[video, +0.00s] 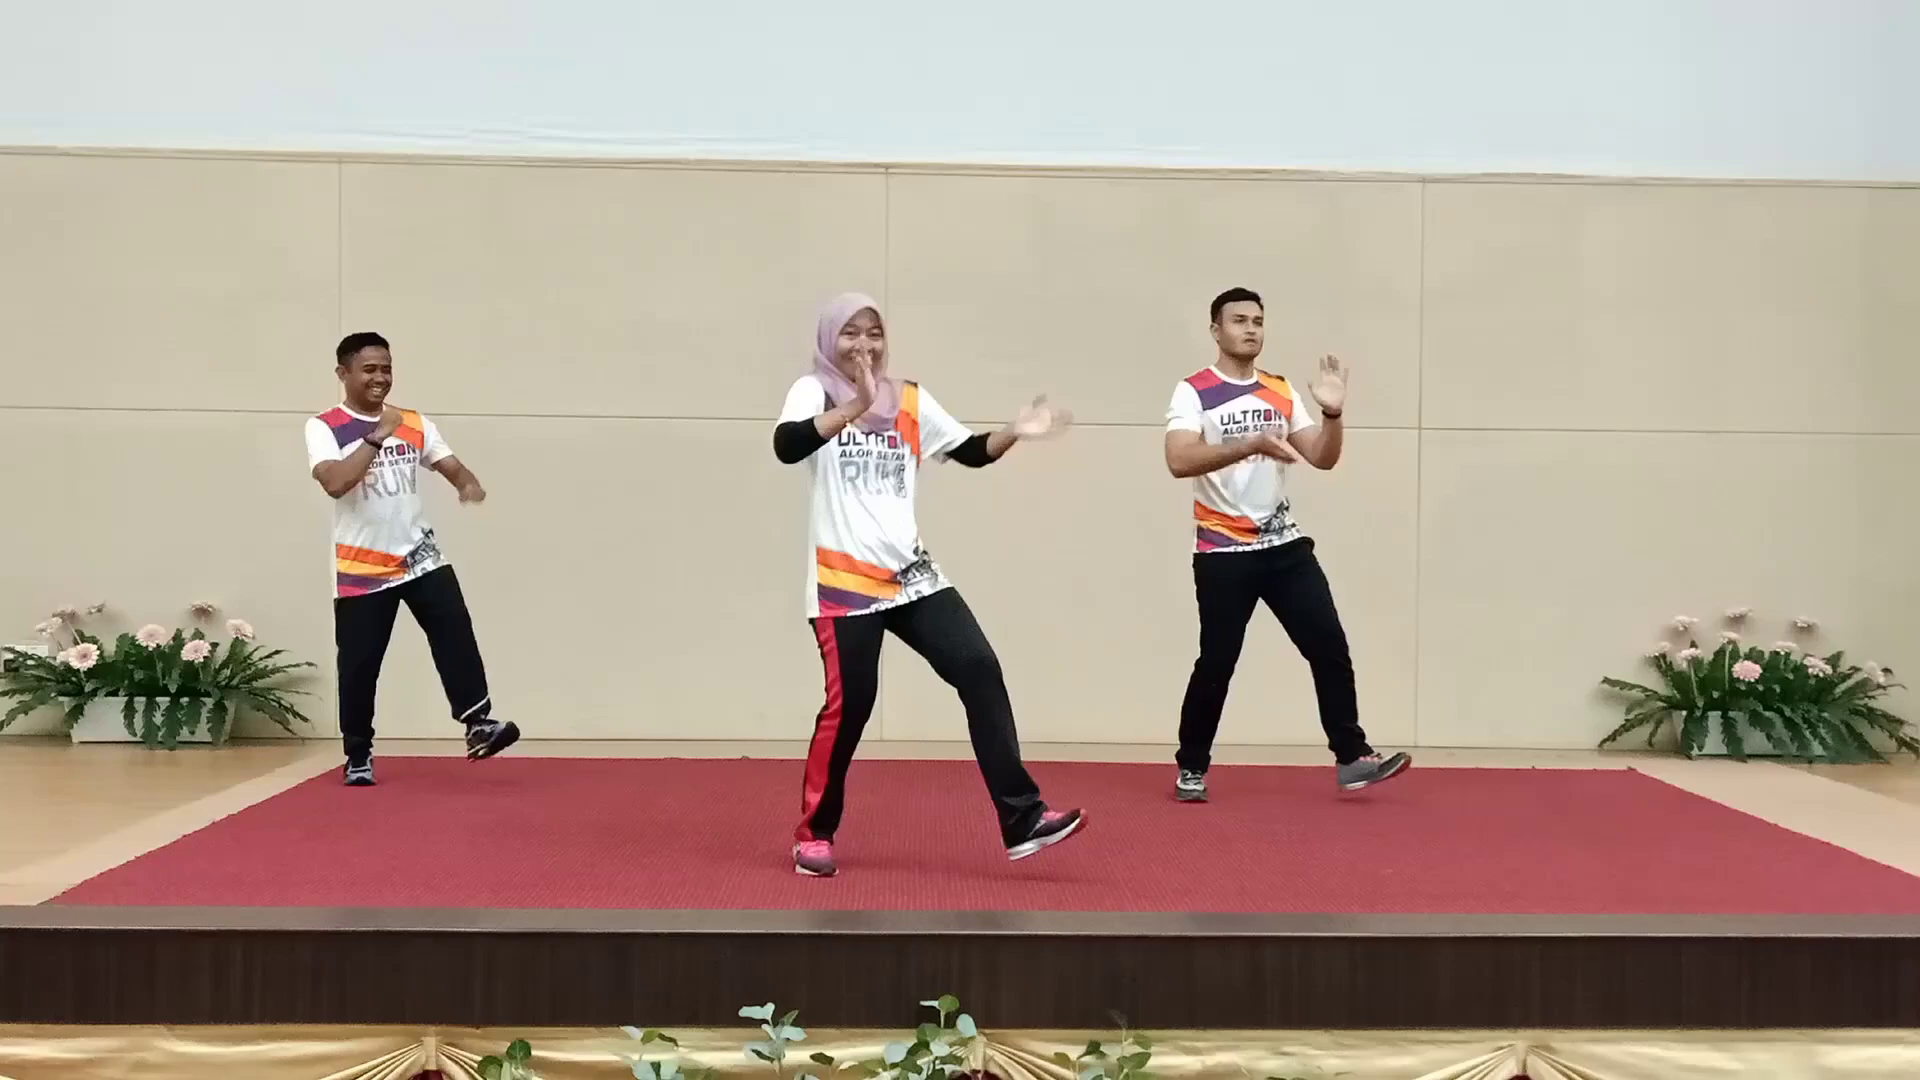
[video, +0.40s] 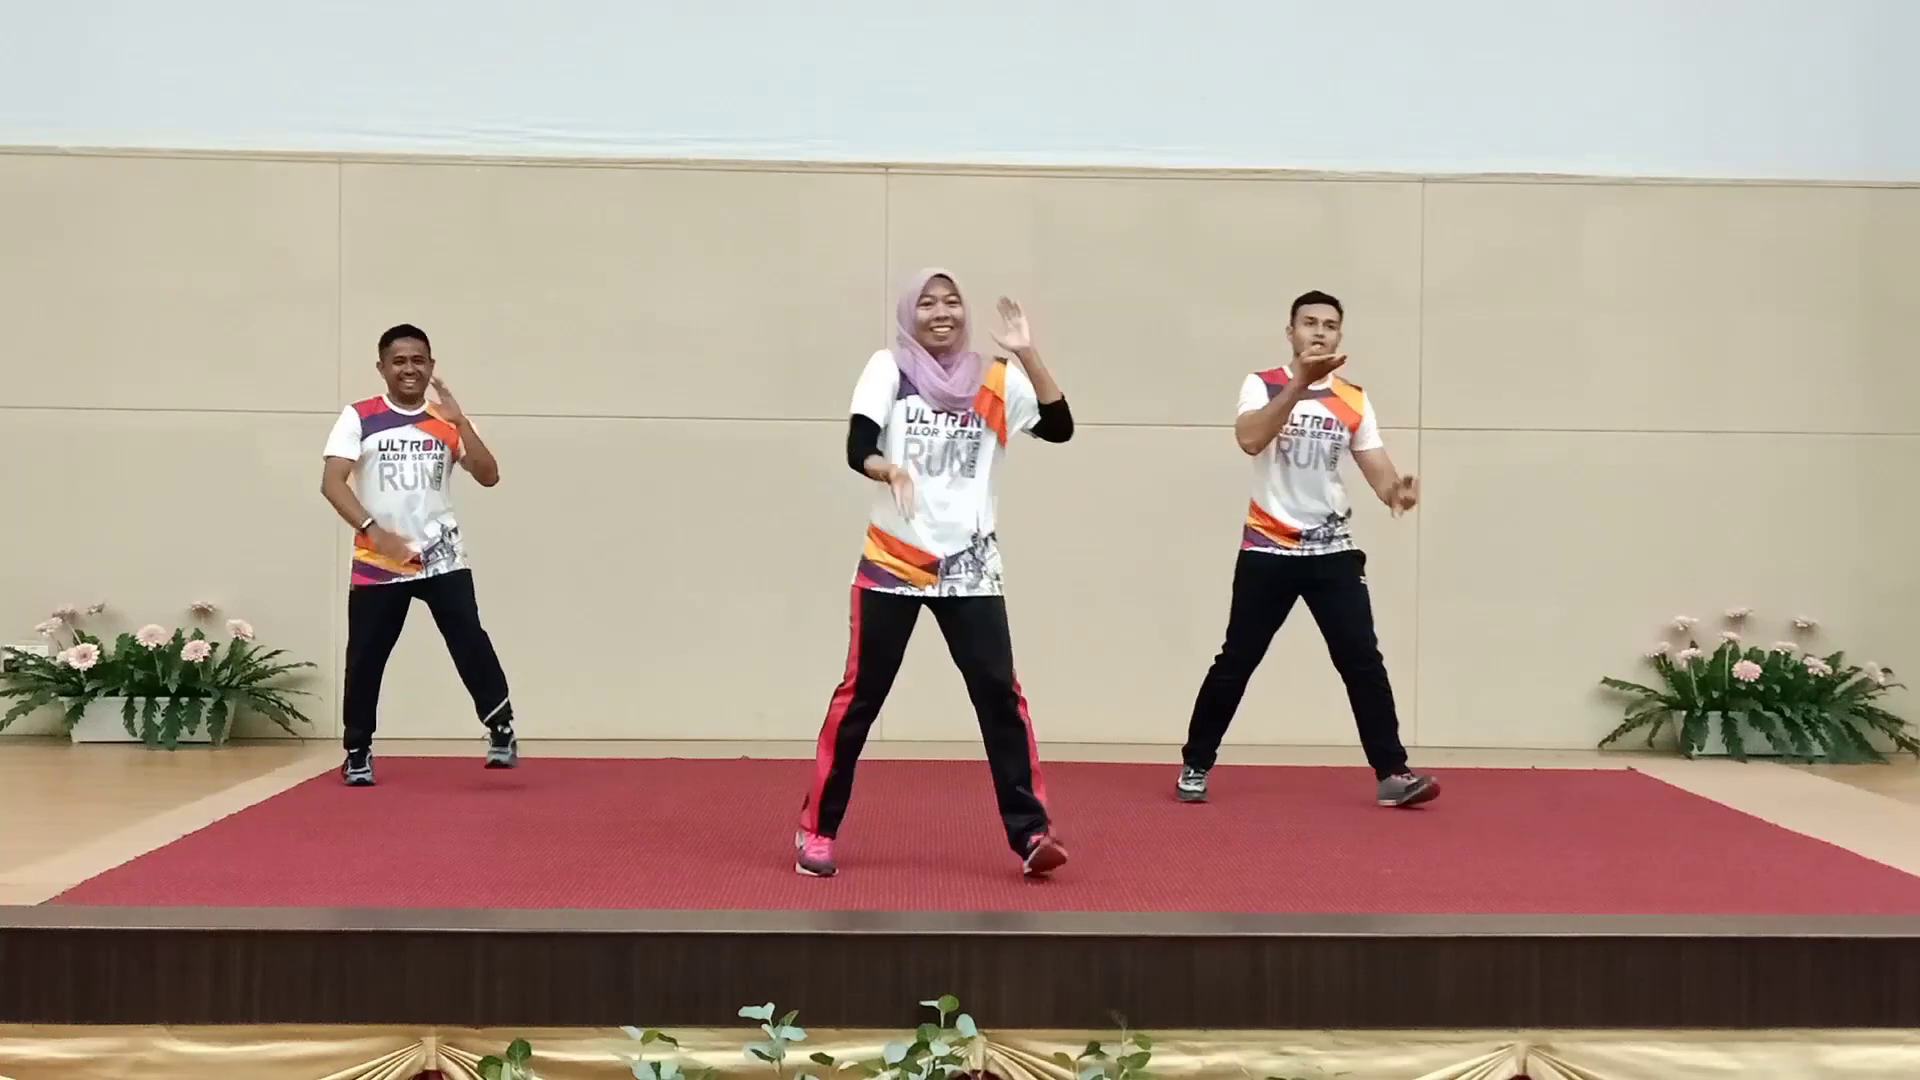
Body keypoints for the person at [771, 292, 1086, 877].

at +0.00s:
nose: (865, 343)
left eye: (873, 333)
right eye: (852, 333)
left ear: (886, 341)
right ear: (829, 342)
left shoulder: (910, 399)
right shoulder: (814, 391)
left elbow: (970, 452)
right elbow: (786, 448)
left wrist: (1014, 433)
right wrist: (855, 408)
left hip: (909, 572)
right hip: (842, 579)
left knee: (980, 671)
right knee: (849, 701)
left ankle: (1021, 820)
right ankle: (814, 835)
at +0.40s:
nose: (943, 310)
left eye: (952, 301)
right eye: (930, 302)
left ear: (966, 315)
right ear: (910, 316)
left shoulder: (995, 376)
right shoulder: (889, 368)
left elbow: (1058, 429)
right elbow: (860, 448)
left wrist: (1028, 356)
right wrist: (886, 469)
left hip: (970, 563)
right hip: (894, 561)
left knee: (1000, 695)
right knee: (861, 695)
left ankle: (1031, 836)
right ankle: (818, 833)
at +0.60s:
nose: (1006, 317)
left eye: (1017, 308)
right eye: (994, 310)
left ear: (1035, 324)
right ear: (979, 328)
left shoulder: (1061, 390)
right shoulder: (957, 385)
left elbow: (1111, 459)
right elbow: (919, 462)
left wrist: (1070, 390)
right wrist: (926, 493)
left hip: (1034, 572)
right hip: (959, 568)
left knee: (1039, 701)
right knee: (921, 693)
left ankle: (1038, 848)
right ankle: (857, 826)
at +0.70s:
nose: (1042, 319)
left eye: (1054, 310)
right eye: (1031, 310)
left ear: (1072, 326)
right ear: (1016, 325)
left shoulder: (1095, 392)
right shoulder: (991, 383)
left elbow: (1140, 467)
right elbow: (934, 458)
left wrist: (1101, 419)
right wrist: (939, 441)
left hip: (1068, 577)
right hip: (995, 572)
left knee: (1049, 699)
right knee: (961, 686)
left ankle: (1038, 844)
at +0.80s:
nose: (1058, 320)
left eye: (1071, 311)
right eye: (1048, 311)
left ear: (1089, 327)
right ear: (1032, 326)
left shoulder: (1111, 397)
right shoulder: (1007, 387)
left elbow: (1157, 473)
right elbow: (943, 448)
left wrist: (1132, 456)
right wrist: (964, 416)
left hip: (1081, 578)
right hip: (1013, 573)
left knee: (1057, 699)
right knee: (986, 688)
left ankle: (1038, 845)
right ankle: (1060, 796)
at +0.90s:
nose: (1092, 330)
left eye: (1105, 321)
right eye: (1083, 320)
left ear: (1123, 336)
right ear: (1068, 334)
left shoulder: (1135, 406)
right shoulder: (1049, 402)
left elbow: (1178, 481)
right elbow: (980, 446)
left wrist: (1165, 511)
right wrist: (1013, 399)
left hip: (1110, 586)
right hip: (1049, 587)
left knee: (1066, 702)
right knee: (1059, 712)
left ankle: (1038, 845)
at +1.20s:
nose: (1163, 343)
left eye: (1175, 334)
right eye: (1152, 333)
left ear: (1193, 346)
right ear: (1136, 344)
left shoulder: (1212, 417)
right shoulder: (1118, 412)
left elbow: (1246, 499)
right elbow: (1064, 470)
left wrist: (1231, 498)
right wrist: (1076, 426)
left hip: (1189, 584)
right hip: (1126, 589)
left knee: (1138, 676)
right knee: (1122, 713)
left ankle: (1133, 834)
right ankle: (1186, 841)